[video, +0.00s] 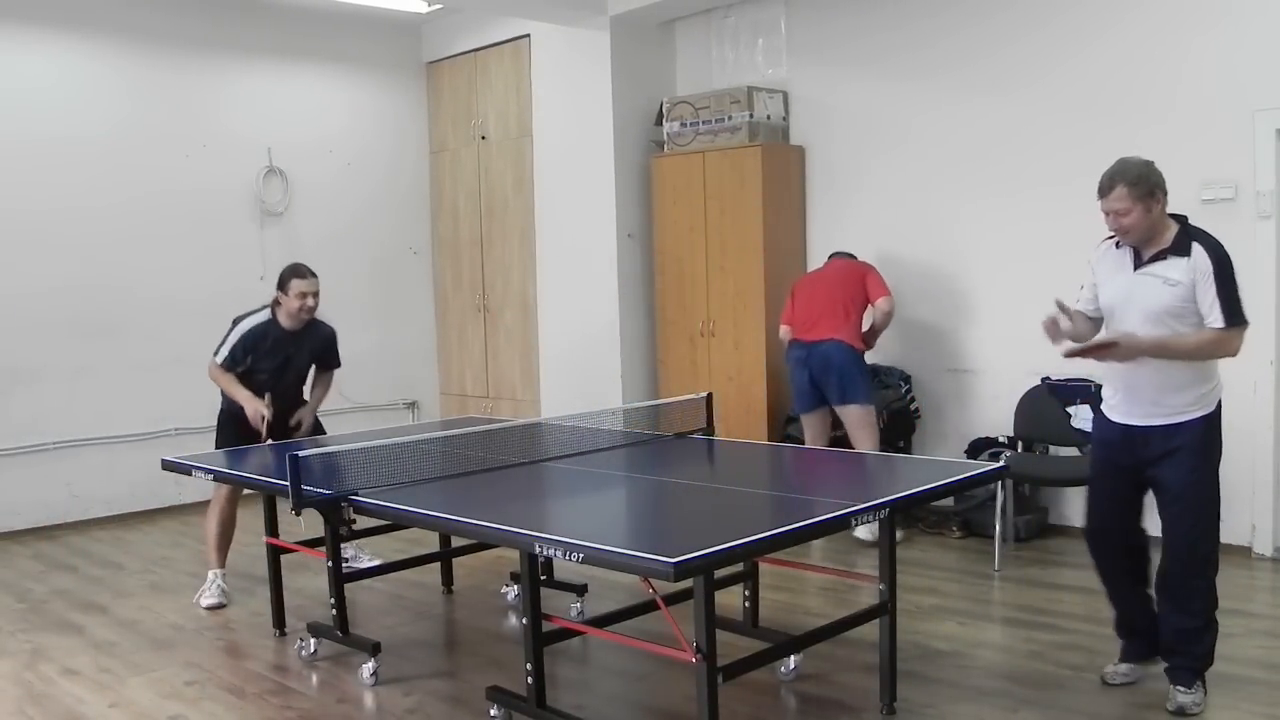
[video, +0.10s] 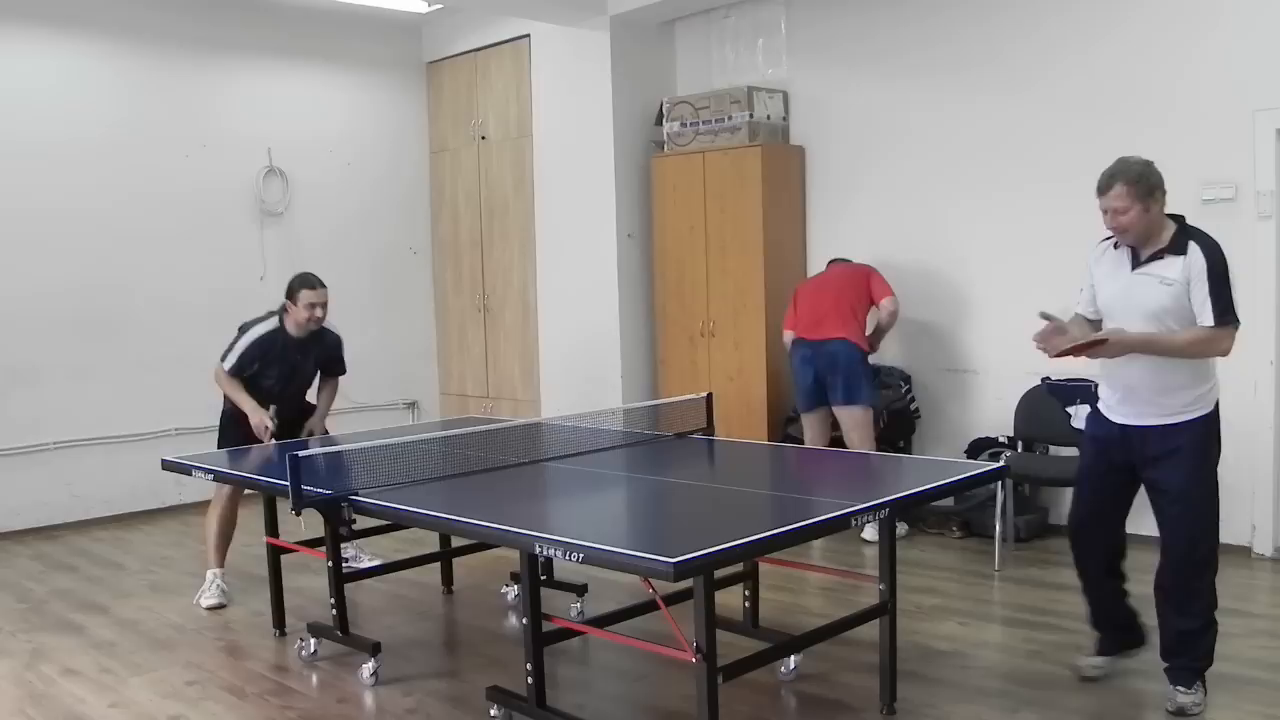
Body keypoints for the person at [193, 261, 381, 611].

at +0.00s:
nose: (310, 303)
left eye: (315, 296)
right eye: (302, 296)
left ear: (319, 296)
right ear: (280, 296)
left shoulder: (322, 334)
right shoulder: (250, 327)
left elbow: (325, 372)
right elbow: (216, 369)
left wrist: (312, 406)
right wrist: (248, 400)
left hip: (291, 413)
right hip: (242, 413)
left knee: (331, 471)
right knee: (227, 489)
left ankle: (342, 548)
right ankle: (215, 577)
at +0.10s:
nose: (319, 313)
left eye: (323, 306)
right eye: (311, 307)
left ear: (327, 305)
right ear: (289, 305)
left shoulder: (328, 341)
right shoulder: (258, 333)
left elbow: (330, 381)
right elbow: (222, 374)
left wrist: (319, 419)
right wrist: (253, 411)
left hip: (294, 414)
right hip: (245, 415)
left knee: (334, 462)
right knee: (228, 489)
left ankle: (342, 547)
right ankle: (215, 576)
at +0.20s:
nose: (325, 319)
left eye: (329, 311)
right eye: (317, 312)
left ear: (332, 309)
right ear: (295, 311)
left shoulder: (332, 343)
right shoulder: (264, 338)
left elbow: (330, 383)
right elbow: (227, 380)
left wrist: (329, 421)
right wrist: (263, 415)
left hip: (294, 411)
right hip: (247, 411)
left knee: (334, 461)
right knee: (229, 486)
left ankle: (342, 548)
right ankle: (210, 576)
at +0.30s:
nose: (325, 319)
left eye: (329, 311)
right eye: (317, 313)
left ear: (332, 309)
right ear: (296, 311)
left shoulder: (331, 343)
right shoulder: (265, 340)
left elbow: (329, 381)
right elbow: (231, 386)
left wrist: (335, 417)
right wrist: (273, 415)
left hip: (295, 412)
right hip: (246, 413)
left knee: (336, 464)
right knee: (229, 489)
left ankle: (342, 548)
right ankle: (211, 577)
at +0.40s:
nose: (323, 317)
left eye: (327, 309)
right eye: (315, 310)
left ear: (330, 308)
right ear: (293, 310)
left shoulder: (329, 342)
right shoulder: (263, 339)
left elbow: (326, 378)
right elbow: (231, 388)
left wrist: (335, 413)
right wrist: (276, 412)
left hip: (292, 412)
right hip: (244, 414)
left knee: (333, 466)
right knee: (230, 488)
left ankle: (342, 548)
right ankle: (211, 577)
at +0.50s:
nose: (321, 314)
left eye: (325, 307)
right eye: (313, 308)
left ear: (328, 306)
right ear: (291, 308)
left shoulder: (326, 340)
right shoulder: (260, 337)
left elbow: (323, 378)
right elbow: (229, 386)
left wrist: (329, 412)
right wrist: (275, 409)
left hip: (289, 412)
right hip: (241, 415)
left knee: (332, 466)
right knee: (228, 489)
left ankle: (344, 547)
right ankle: (210, 577)